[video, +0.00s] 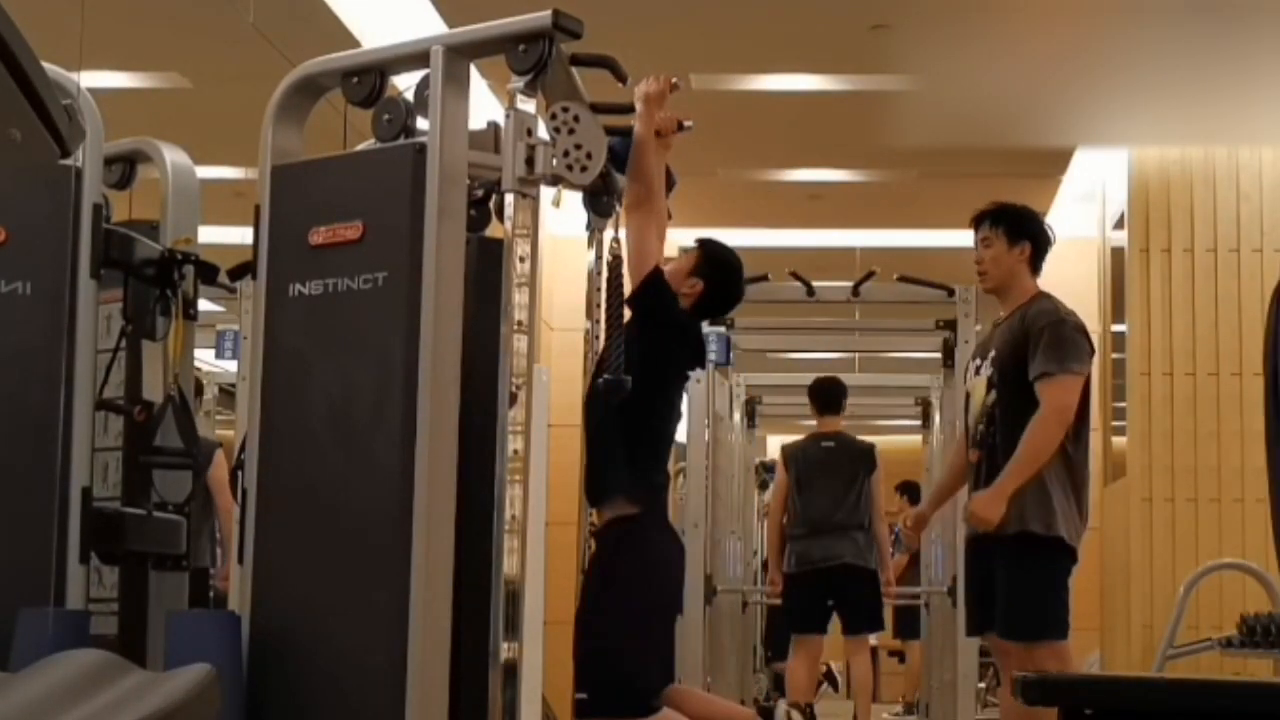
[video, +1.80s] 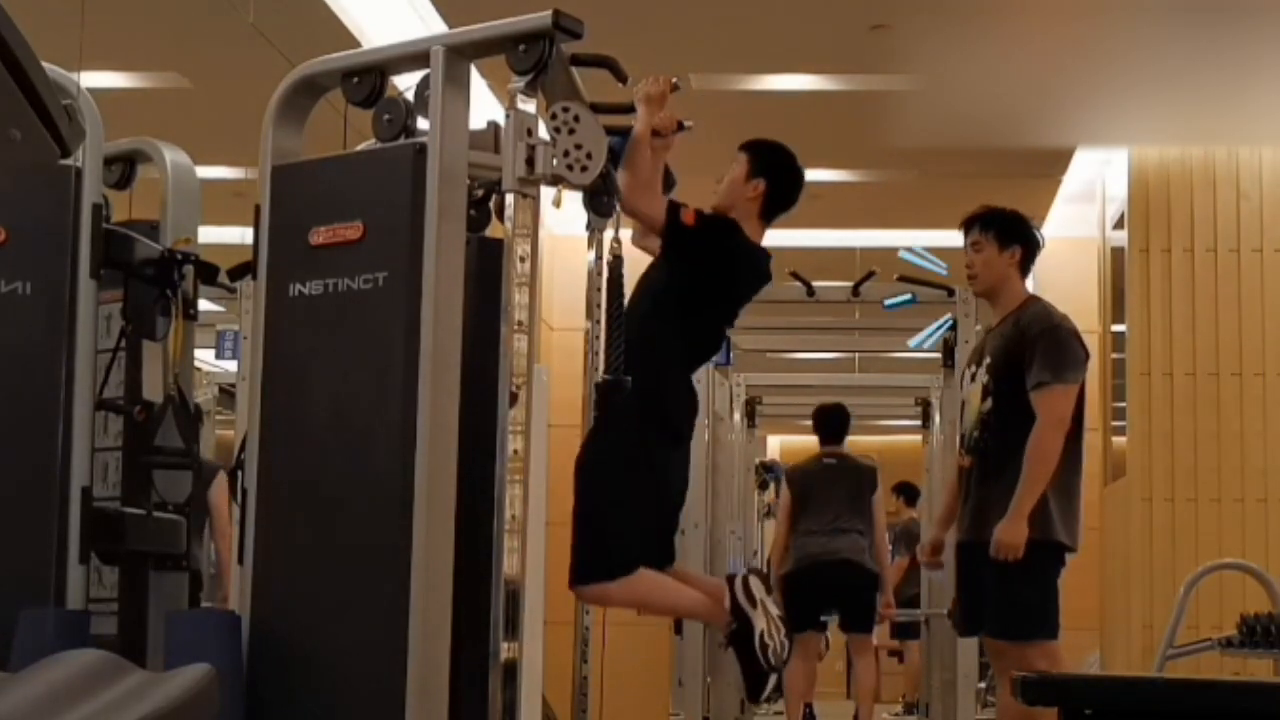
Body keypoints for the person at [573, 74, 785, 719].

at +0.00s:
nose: (669, 259)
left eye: (681, 257)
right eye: (678, 255)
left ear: (693, 287)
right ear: (690, 289)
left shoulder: (664, 327)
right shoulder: (656, 327)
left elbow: (646, 209)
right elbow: (645, 216)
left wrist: (645, 123)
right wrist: (658, 133)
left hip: (633, 542)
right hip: (633, 540)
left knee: (621, 704)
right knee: (642, 692)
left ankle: (745, 717)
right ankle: (755, 716)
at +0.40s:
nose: (698, 242)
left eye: (711, 239)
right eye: (708, 236)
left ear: (727, 264)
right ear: (729, 268)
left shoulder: (689, 307)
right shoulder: (688, 307)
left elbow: (639, 212)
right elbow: (647, 217)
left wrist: (646, 125)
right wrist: (656, 137)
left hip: (589, 486)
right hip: (600, 485)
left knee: (546, 649)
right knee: (600, 629)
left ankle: (683, 710)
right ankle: (701, 657)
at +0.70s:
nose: (718, 189)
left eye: (732, 183)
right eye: (727, 181)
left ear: (755, 203)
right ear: (760, 212)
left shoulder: (720, 250)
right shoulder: (737, 272)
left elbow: (638, 201)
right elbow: (642, 231)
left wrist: (645, 125)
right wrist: (652, 149)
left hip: (595, 404)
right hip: (620, 411)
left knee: (535, 556)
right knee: (572, 553)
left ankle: (634, 637)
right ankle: (659, 608)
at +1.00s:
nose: (719, 117)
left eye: (729, 106)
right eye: (726, 105)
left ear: (753, 119)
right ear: (767, 128)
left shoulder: (733, 180)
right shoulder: (754, 197)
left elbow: (640, 187)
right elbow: (649, 208)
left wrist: (645, 119)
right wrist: (658, 145)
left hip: (620, 332)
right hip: (643, 345)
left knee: (535, 472)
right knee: (581, 481)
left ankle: (617, 572)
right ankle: (655, 528)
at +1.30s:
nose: (704, 56)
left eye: (715, 45)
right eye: (711, 44)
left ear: (739, 59)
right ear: (752, 67)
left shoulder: (715, 116)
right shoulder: (725, 123)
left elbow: (655, 191)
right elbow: (656, 193)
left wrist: (648, 117)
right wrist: (654, 127)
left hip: (634, 289)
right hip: (645, 294)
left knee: (559, 435)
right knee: (589, 438)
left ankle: (676, 496)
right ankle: (682, 488)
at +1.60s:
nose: (715, 121)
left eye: (725, 111)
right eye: (721, 110)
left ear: (750, 124)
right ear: (766, 134)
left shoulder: (723, 180)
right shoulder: (747, 193)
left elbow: (636, 192)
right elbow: (652, 204)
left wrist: (644, 125)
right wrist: (657, 144)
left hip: (637, 362)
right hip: (659, 364)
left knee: (584, 505)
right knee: (621, 511)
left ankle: (711, 554)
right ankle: (716, 550)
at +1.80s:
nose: (722, 179)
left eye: (733, 170)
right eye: (729, 169)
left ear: (755, 189)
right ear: (764, 198)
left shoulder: (723, 241)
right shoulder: (736, 252)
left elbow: (640, 199)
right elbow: (646, 220)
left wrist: (646, 127)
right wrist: (656, 142)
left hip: (636, 412)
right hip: (660, 414)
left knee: (596, 579)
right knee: (640, 568)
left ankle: (729, 606)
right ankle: (735, 607)